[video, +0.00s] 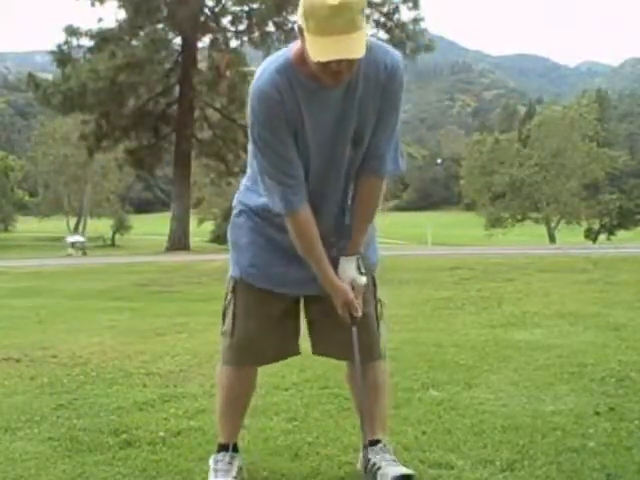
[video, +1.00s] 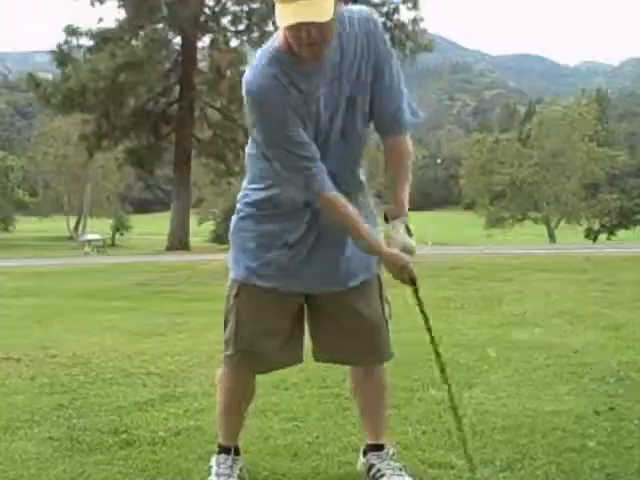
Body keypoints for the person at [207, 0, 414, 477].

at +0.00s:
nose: (337, 64)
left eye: (348, 52)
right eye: (324, 54)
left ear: (363, 33)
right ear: (302, 35)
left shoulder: (385, 68)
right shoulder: (272, 86)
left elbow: (375, 169)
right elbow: (290, 199)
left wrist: (352, 256)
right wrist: (328, 277)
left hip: (346, 226)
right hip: (269, 225)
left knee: (367, 341)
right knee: (243, 342)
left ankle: (377, 450)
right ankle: (226, 454)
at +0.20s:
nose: (335, 64)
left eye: (344, 52)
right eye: (321, 55)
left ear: (358, 31)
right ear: (299, 35)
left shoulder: (383, 65)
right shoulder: (269, 86)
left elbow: (375, 168)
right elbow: (290, 198)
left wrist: (353, 256)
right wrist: (329, 278)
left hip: (346, 225)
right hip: (270, 225)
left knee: (368, 338)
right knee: (243, 341)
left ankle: (377, 452)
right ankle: (225, 455)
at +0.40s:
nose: (344, 57)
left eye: (352, 46)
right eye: (331, 48)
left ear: (365, 27)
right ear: (308, 30)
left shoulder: (392, 62)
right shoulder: (280, 81)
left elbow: (386, 162)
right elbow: (299, 194)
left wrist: (366, 250)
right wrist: (343, 271)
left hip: (356, 225)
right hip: (281, 224)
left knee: (373, 340)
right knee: (250, 342)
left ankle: (378, 451)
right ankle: (226, 455)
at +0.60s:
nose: (351, 48)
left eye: (359, 36)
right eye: (338, 39)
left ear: (374, 19)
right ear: (315, 26)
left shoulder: (397, 46)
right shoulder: (296, 84)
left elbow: (409, 148)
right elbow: (341, 195)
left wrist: (410, 232)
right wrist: (399, 259)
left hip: (372, 223)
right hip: (299, 227)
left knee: (386, 341)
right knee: (265, 347)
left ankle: (379, 452)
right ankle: (229, 455)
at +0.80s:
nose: (337, 44)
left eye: (346, 30)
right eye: (325, 34)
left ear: (361, 15)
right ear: (305, 24)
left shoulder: (379, 31)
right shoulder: (298, 90)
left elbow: (416, 119)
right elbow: (368, 183)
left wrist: (441, 204)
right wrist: (445, 233)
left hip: (364, 219)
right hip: (294, 226)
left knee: (383, 339)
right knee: (261, 347)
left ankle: (379, 451)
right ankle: (228, 454)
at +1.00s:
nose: (307, 37)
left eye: (318, 24)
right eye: (294, 27)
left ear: (336, 10)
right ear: (277, 18)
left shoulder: (365, 32)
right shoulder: (264, 81)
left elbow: (394, 128)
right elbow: (317, 186)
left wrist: (398, 208)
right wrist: (382, 249)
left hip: (346, 217)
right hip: (269, 221)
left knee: (369, 339)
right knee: (241, 348)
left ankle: (378, 455)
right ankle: (226, 457)